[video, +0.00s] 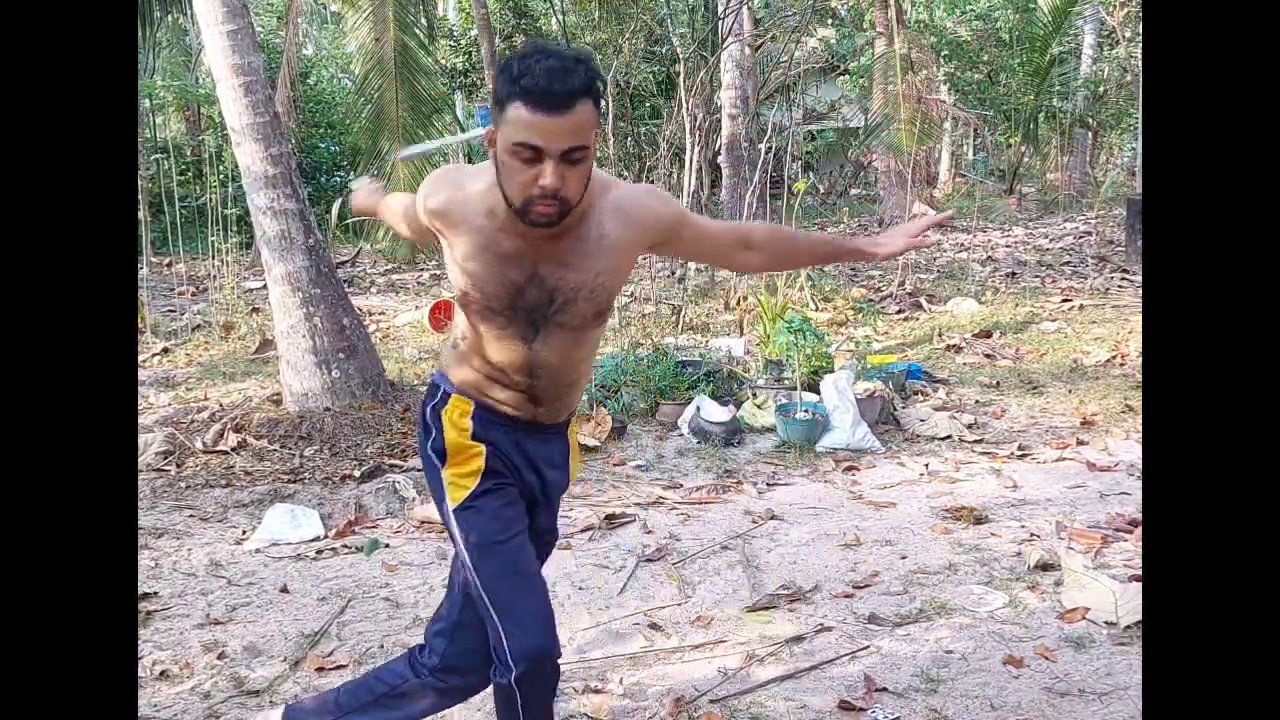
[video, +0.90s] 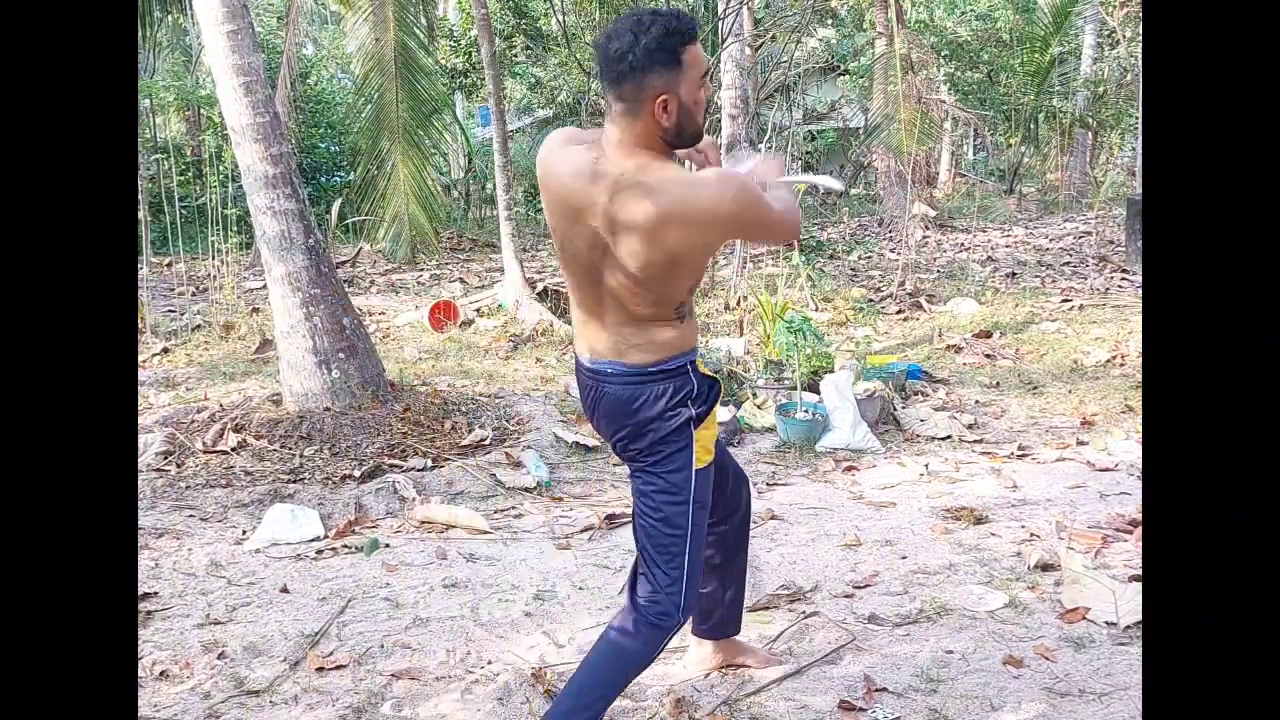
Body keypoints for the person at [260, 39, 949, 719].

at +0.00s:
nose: (550, 182)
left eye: (574, 157)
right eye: (527, 156)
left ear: (599, 143)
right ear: (492, 141)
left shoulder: (636, 215)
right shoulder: (453, 200)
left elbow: (750, 246)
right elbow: (392, 209)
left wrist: (866, 246)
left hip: (549, 445)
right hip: (464, 428)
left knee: (452, 660)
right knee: (530, 660)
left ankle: (313, 714)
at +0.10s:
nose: (575, 167)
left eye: (583, 142)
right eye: (548, 151)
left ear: (590, 128)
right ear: (491, 147)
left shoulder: (622, 220)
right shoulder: (440, 198)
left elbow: (736, 280)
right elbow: (391, 235)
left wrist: (862, 327)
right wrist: (369, 235)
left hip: (549, 442)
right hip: (463, 425)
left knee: (482, 658)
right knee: (520, 651)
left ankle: (335, 716)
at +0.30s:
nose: (610, 157)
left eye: (613, 134)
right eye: (589, 142)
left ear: (615, 122)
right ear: (525, 148)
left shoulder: (629, 210)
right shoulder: (442, 207)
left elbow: (724, 328)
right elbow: (350, 286)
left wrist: (628, 426)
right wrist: (271, 333)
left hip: (588, 410)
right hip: (489, 416)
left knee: (690, 598)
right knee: (520, 631)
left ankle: (550, 652)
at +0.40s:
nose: (631, 164)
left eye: (633, 143)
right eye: (610, 150)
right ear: (546, 153)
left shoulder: (643, 224)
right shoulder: (463, 208)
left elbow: (633, 383)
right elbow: (341, 302)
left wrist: (488, 403)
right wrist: (388, 220)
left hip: (621, 433)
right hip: (523, 440)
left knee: (736, 544)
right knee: (532, 621)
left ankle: (700, 625)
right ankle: (525, 715)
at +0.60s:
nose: (672, 164)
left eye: (672, 144)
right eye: (653, 152)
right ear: (596, 162)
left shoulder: (686, 213)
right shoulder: (529, 201)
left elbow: (677, 358)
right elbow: (375, 254)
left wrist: (554, 332)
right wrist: (480, 199)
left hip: (662, 404)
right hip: (578, 401)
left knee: (749, 525)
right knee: (594, 586)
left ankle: (719, 646)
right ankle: (554, 714)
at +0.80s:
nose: (699, 107)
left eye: (695, 94)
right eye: (688, 100)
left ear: (630, 116)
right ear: (640, 125)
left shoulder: (594, 134)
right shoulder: (627, 218)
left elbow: (677, 149)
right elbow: (750, 258)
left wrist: (725, 208)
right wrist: (794, 257)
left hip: (626, 373)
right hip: (637, 391)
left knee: (731, 494)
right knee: (649, 598)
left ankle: (721, 643)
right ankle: (558, 712)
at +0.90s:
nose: (709, 91)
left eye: (706, 76)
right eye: (702, 79)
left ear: (621, 94)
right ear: (664, 102)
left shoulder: (556, 155)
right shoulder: (709, 194)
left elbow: (621, 186)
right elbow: (787, 224)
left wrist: (686, 162)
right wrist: (764, 174)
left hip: (598, 382)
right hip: (664, 396)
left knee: (728, 493)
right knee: (657, 608)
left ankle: (718, 641)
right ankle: (562, 714)